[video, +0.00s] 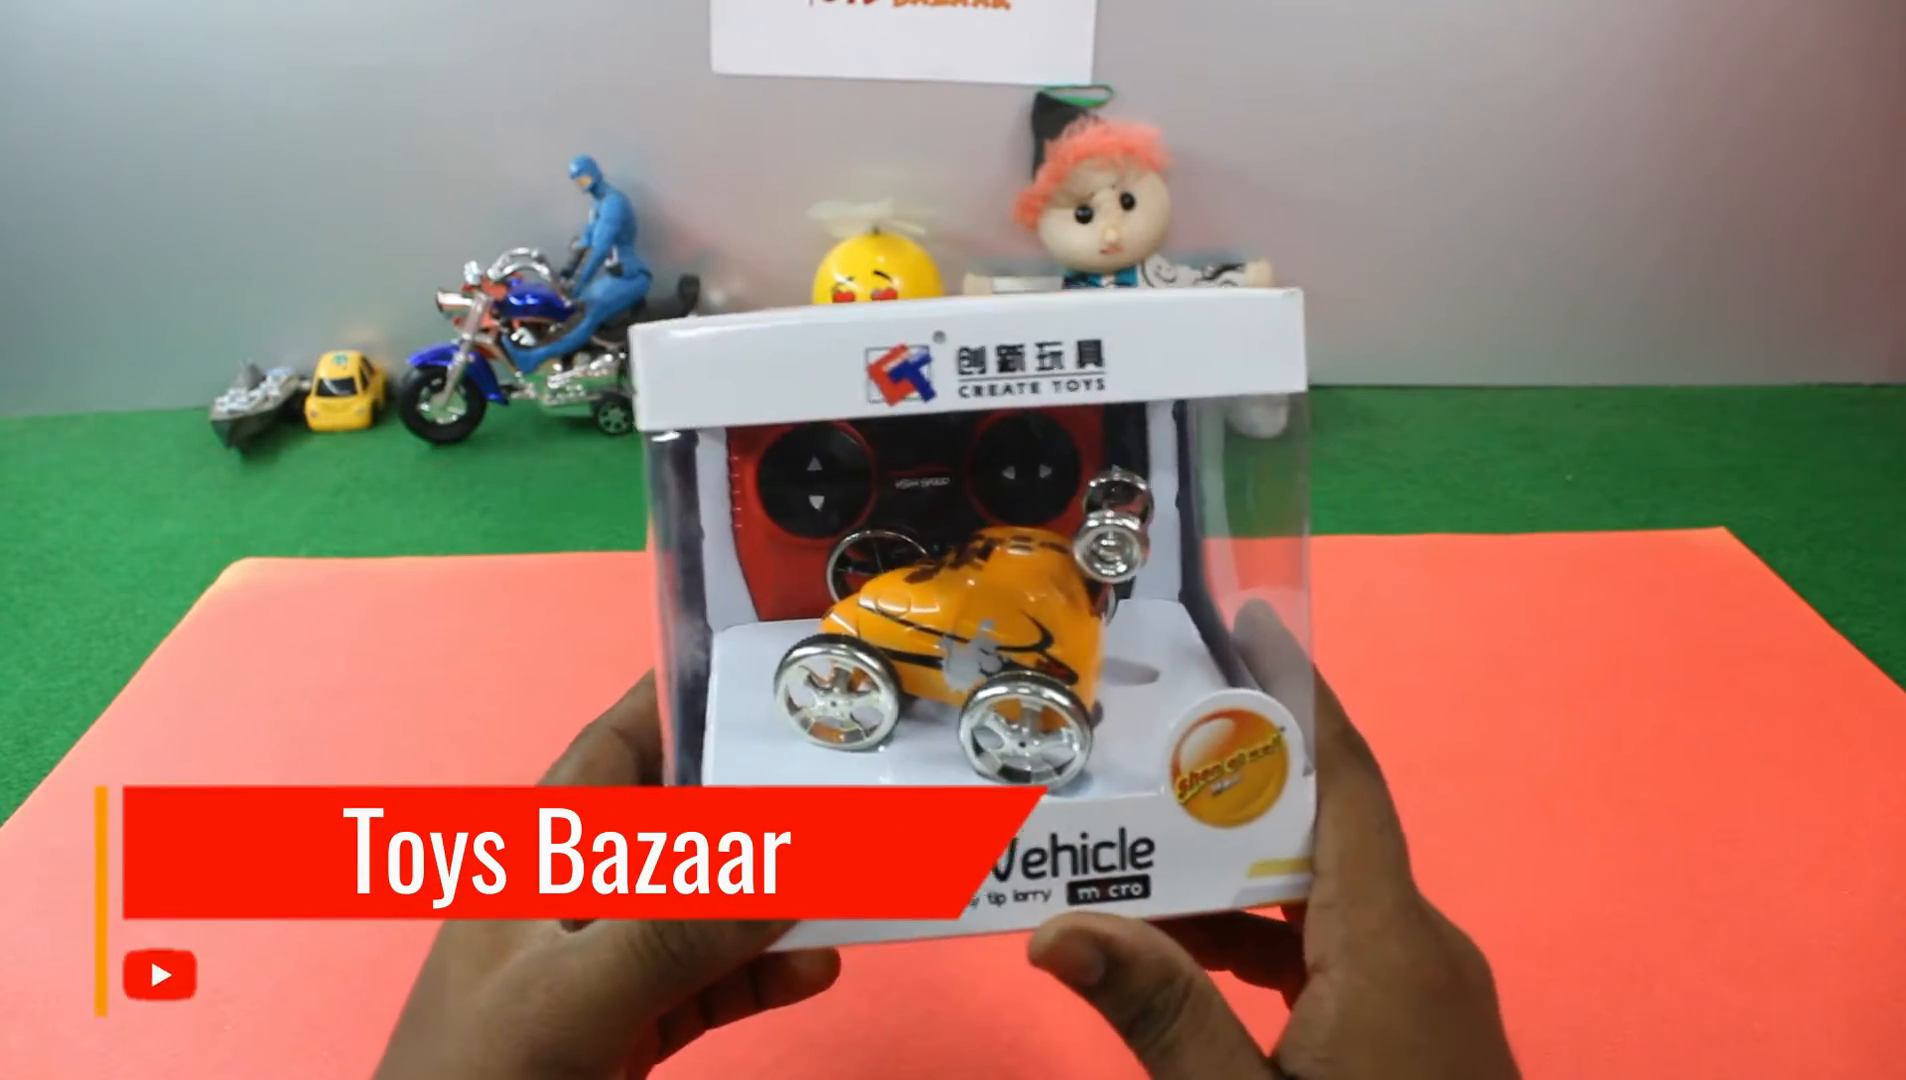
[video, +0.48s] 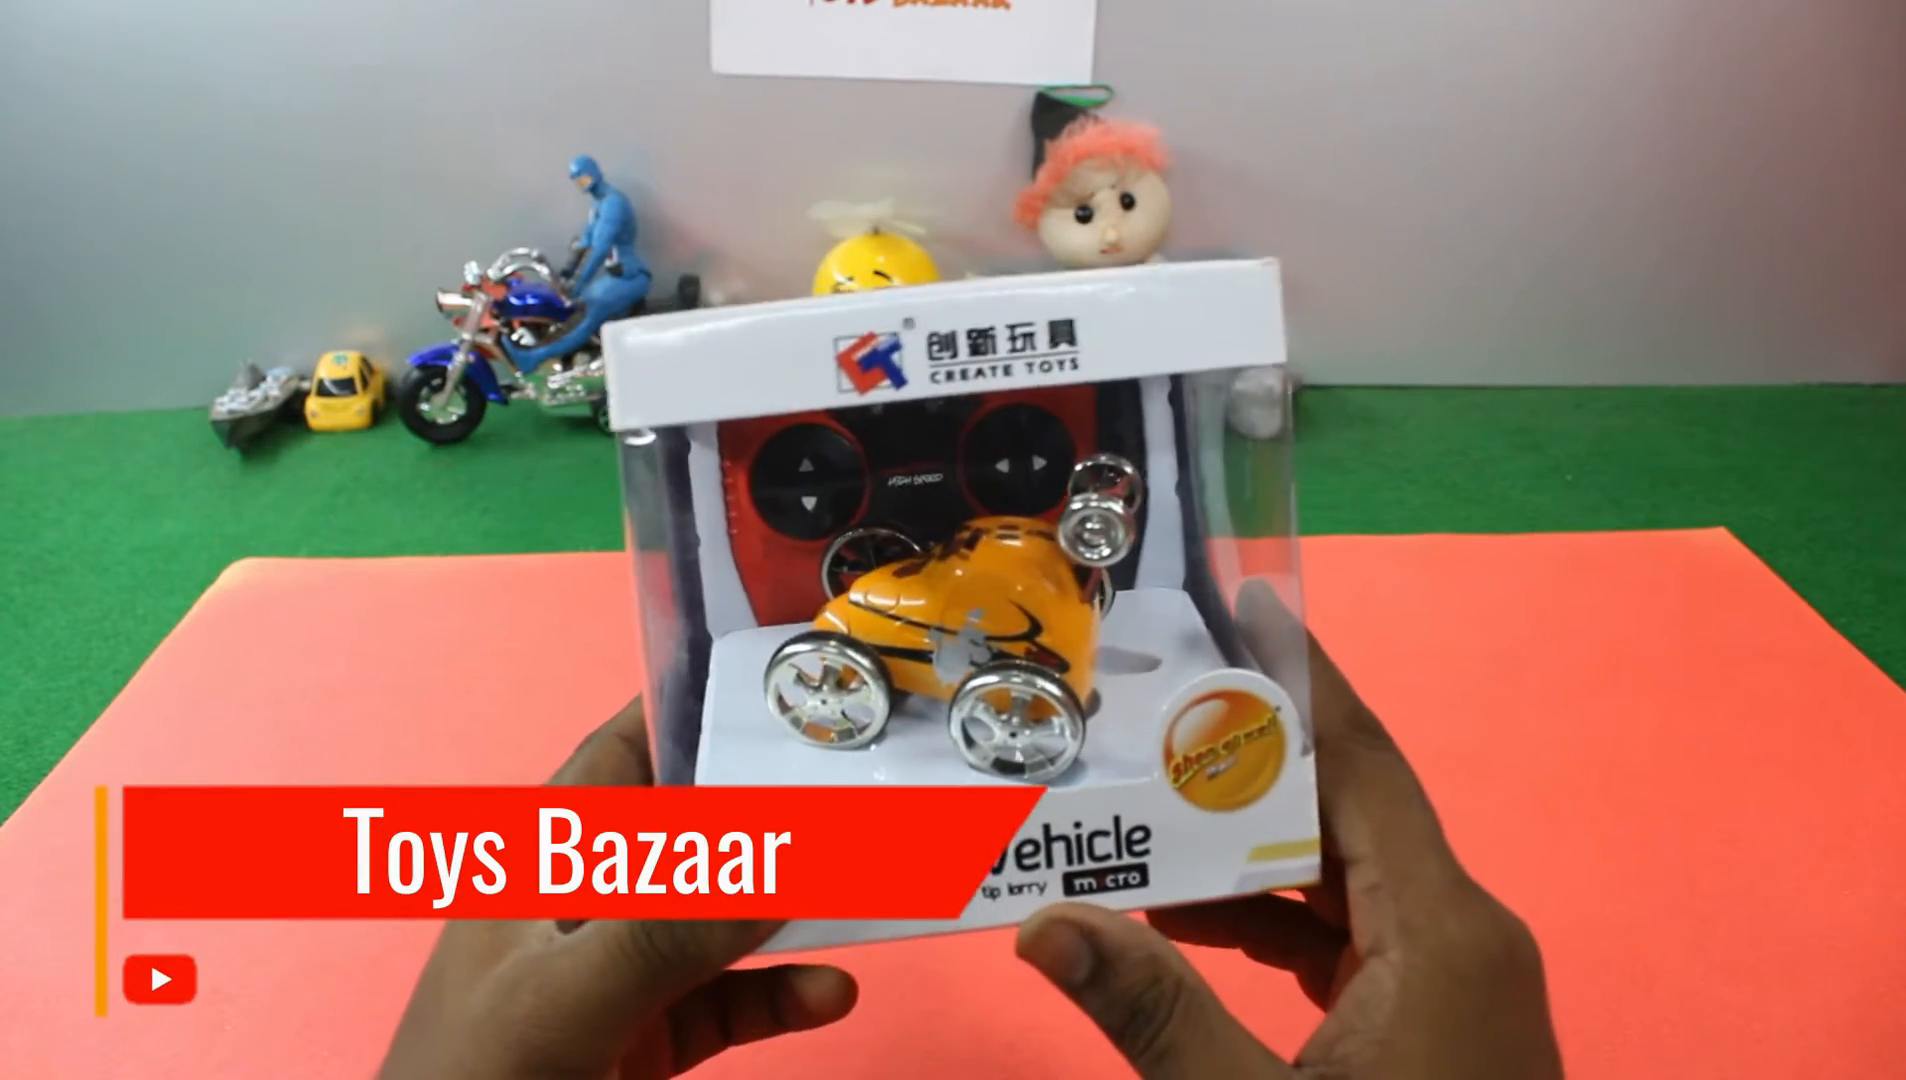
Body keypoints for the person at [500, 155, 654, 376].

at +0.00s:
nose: (581, 184)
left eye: (583, 177)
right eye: (577, 180)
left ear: (594, 174)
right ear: (577, 182)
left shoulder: (614, 203)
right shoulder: (598, 205)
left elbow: (601, 248)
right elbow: (586, 240)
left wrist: (578, 288)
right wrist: (567, 271)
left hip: (632, 277)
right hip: (611, 273)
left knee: (593, 313)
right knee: (577, 303)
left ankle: (533, 358)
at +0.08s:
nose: (581, 184)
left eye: (583, 177)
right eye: (577, 180)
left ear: (594, 174)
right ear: (577, 181)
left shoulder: (613, 203)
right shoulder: (598, 204)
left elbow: (601, 248)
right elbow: (587, 239)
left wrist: (578, 287)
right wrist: (568, 270)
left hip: (632, 276)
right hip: (613, 272)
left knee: (593, 313)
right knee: (577, 302)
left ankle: (533, 358)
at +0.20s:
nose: (581, 184)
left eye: (583, 177)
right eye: (577, 180)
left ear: (594, 174)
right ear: (577, 181)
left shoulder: (613, 203)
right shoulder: (598, 204)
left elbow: (601, 248)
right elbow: (587, 239)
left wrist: (578, 286)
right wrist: (568, 269)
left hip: (631, 276)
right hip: (612, 272)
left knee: (593, 313)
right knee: (577, 302)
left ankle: (533, 358)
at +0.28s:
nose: (581, 184)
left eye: (583, 177)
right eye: (577, 180)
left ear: (594, 174)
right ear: (577, 181)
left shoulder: (614, 203)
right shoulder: (598, 204)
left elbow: (601, 248)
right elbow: (587, 239)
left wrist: (577, 287)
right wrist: (567, 270)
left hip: (630, 276)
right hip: (612, 272)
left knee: (592, 312)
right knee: (577, 302)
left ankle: (533, 358)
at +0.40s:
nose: (581, 184)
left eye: (583, 177)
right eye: (577, 180)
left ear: (594, 174)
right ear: (577, 181)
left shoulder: (614, 203)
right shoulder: (598, 205)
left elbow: (601, 248)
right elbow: (587, 239)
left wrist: (578, 287)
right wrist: (568, 270)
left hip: (632, 277)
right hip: (612, 273)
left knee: (592, 312)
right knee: (577, 302)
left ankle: (533, 358)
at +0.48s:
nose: (581, 184)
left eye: (583, 177)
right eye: (577, 180)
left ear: (594, 174)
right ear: (577, 181)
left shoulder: (614, 203)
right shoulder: (597, 204)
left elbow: (601, 248)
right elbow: (586, 240)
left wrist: (577, 287)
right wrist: (567, 271)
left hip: (631, 277)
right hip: (611, 273)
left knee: (594, 314)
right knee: (577, 304)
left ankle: (533, 358)